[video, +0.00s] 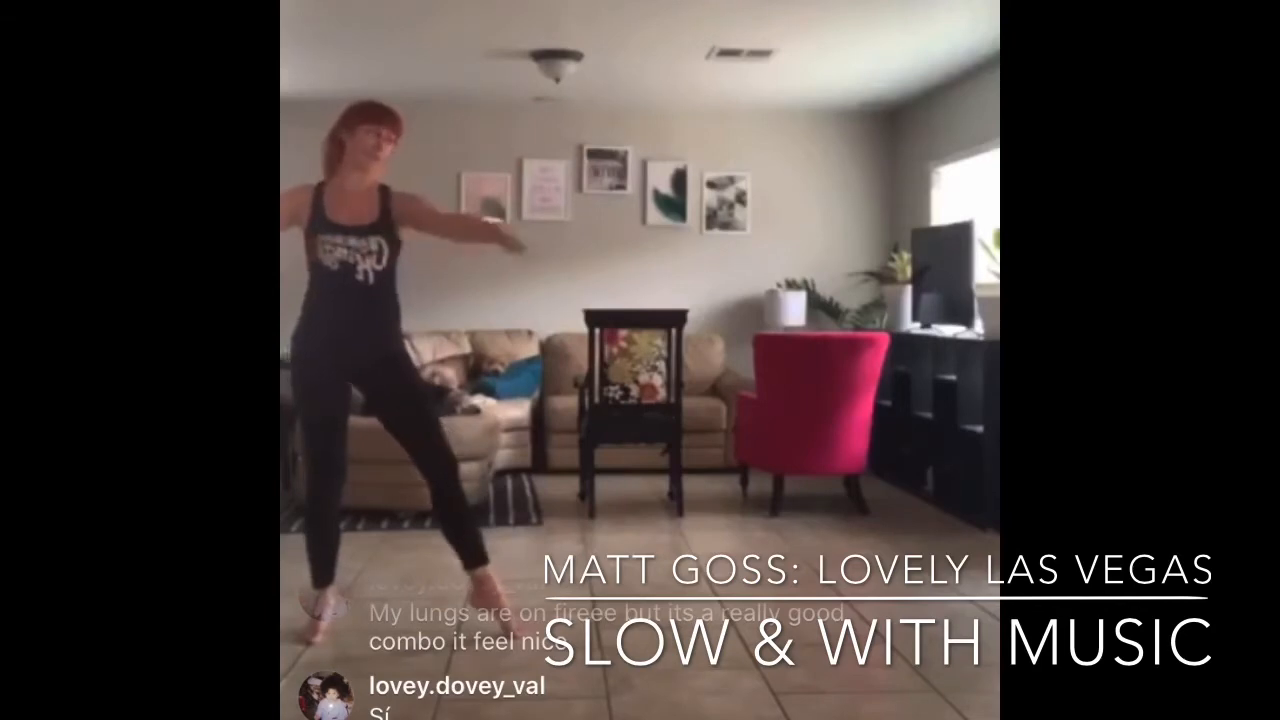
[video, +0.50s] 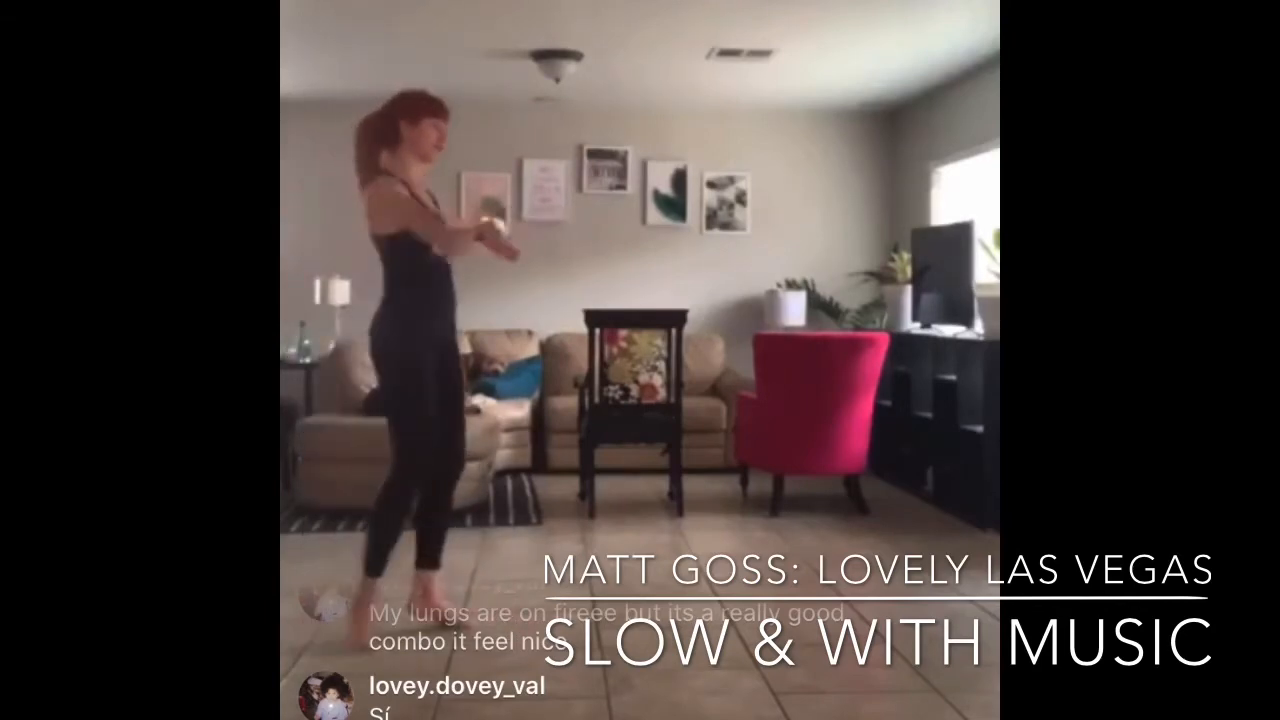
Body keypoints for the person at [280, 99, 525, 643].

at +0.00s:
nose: (380, 145)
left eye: (388, 140)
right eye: (370, 134)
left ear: (393, 153)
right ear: (343, 138)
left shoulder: (394, 204)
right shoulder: (305, 201)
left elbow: (446, 224)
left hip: (380, 350)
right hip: (319, 351)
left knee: (439, 463)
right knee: (325, 474)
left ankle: (482, 581)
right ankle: (323, 592)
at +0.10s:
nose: (389, 143)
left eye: (395, 138)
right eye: (380, 131)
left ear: (396, 149)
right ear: (348, 134)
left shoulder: (399, 204)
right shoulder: (308, 200)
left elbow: (480, 218)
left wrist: (556, 222)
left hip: (384, 352)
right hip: (324, 353)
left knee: (440, 464)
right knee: (328, 479)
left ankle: (480, 583)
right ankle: (324, 594)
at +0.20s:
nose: (398, 146)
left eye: (404, 139)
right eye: (390, 134)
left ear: (402, 149)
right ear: (358, 133)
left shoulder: (405, 201)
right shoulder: (319, 195)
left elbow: (489, 217)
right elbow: (281, 221)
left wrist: (569, 220)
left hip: (392, 352)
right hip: (335, 352)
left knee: (446, 461)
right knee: (336, 477)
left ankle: (460, 585)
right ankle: (327, 595)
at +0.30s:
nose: (411, 140)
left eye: (415, 133)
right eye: (403, 129)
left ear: (412, 141)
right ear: (371, 130)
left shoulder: (416, 195)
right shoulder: (337, 192)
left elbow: (481, 218)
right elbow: (287, 233)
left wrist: (551, 221)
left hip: (408, 349)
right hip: (354, 349)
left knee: (452, 459)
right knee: (347, 471)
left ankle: (430, 587)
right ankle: (326, 590)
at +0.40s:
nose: (428, 137)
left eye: (431, 130)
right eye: (419, 126)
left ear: (421, 140)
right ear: (388, 128)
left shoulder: (421, 192)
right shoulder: (365, 190)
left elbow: (467, 218)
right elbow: (331, 230)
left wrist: (518, 227)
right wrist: (314, 249)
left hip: (428, 344)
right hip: (380, 345)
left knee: (449, 460)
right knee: (374, 464)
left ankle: (427, 588)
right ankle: (331, 587)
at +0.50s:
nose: (441, 138)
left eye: (444, 131)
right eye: (433, 127)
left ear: (431, 137)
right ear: (403, 128)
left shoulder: (426, 192)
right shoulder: (384, 190)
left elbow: (449, 240)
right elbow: (441, 240)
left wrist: (480, 237)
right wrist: (482, 229)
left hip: (440, 338)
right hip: (404, 338)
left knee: (449, 461)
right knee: (412, 463)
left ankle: (427, 588)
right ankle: (366, 595)